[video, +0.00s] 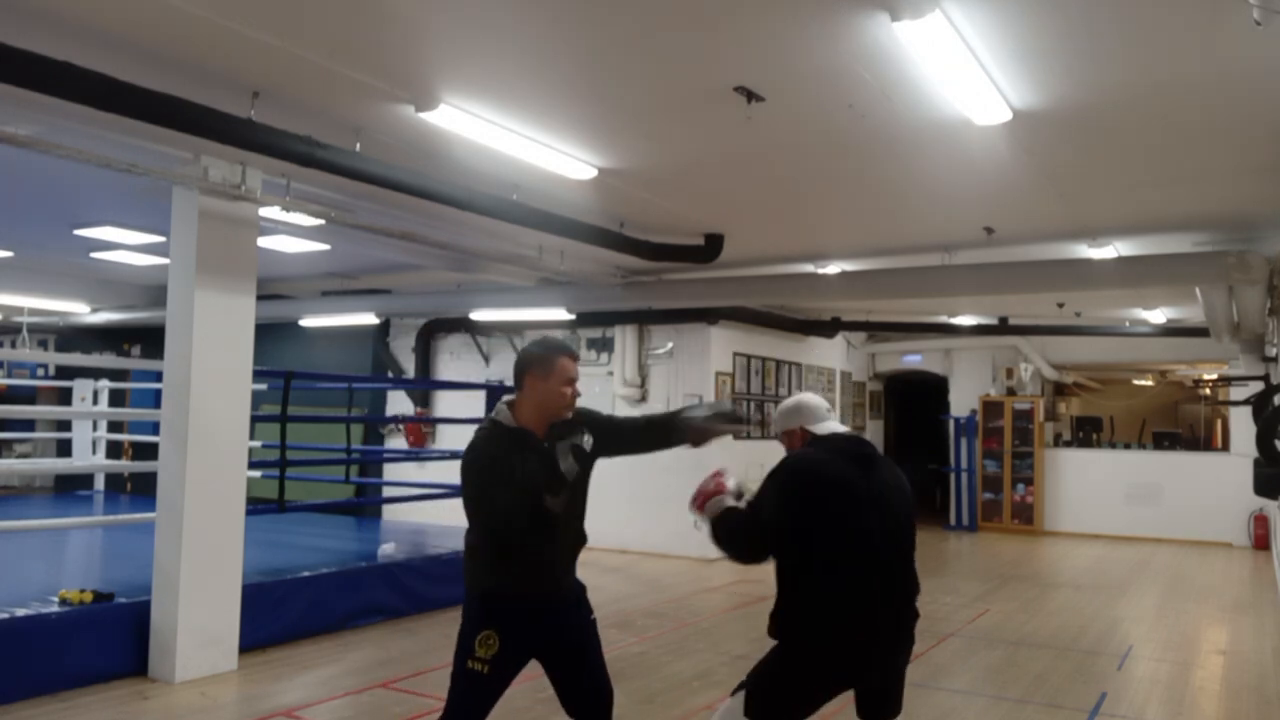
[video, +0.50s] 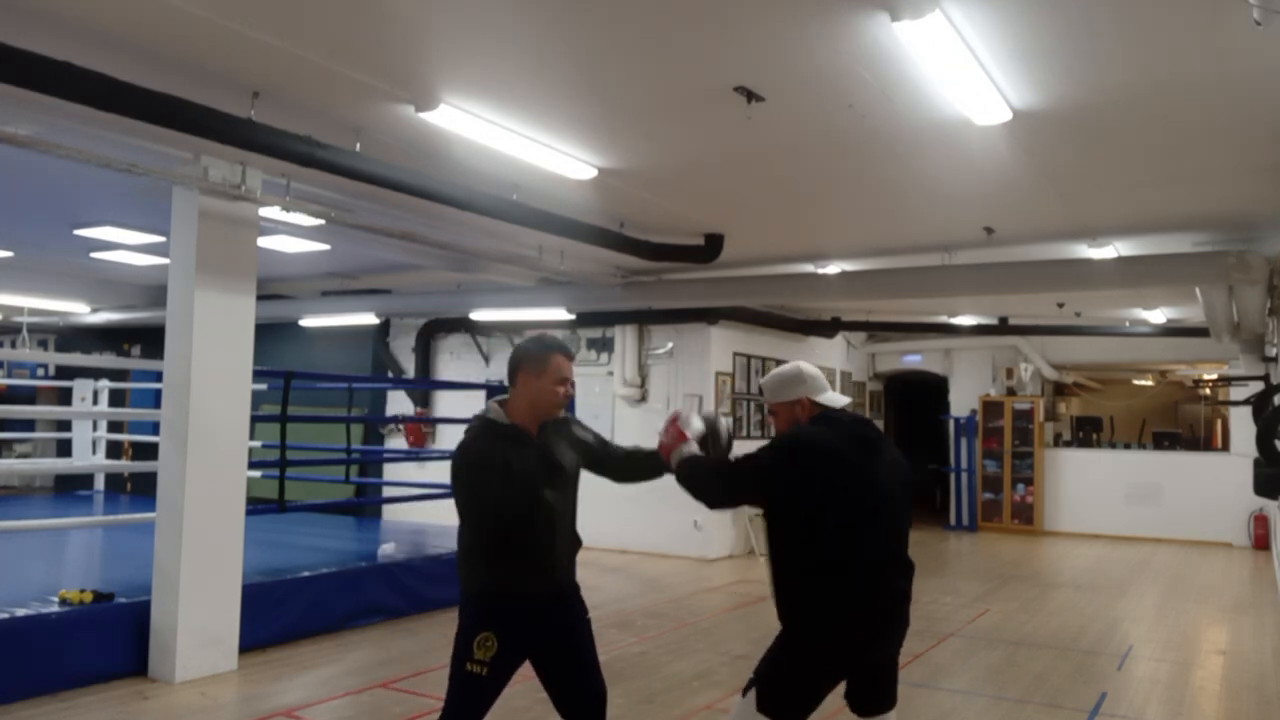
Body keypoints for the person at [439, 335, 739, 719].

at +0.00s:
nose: (575, 392)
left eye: (576, 384)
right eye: (567, 383)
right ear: (531, 382)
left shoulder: (581, 430)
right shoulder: (487, 450)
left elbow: (639, 433)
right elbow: (499, 534)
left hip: (561, 599)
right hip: (498, 604)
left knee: (595, 706)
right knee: (462, 712)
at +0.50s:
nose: (570, 393)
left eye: (571, 384)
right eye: (561, 382)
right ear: (524, 379)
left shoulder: (566, 433)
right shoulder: (479, 447)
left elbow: (616, 461)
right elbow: (483, 537)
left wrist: (663, 457)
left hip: (557, 602)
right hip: (494, 606)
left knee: (588, 707)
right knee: (461, 712)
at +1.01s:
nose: (610, 379)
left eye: (611, 370)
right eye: (601, 368)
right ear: (565, 367)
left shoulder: (608, 419)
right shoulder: (518, 435)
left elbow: (669, 409)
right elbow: (510, 517)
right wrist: (579, 499)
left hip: (583, 590)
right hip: (522, 592)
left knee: (602, 708)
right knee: (481, 709)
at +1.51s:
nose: (560, 390)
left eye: (561, 381)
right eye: (553, 380)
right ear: (517, 374)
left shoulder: (555, 426)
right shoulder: (468, 440)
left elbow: (605, 454)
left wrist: (663, 455)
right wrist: (544, 469)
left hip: (540, 590)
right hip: (481, 594)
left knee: (561, 696)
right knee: (459, 708)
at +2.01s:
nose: (527, 391)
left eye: (529, 383)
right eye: (520, 381)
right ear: (486, 377)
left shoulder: (503, 432)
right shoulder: (448, 435)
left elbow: (534, 485)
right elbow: (453, 535)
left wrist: (554, 438)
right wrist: (538, 532)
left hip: (492, 592)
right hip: (436, 595)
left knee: (526, 700)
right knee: (396, 708)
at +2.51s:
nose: (490, 391)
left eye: (493, 381)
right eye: (480, 382)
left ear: (495, 381)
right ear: (443, 380)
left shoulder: (503, 421)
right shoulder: (405, 448)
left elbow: (556, 434)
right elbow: (397, 530)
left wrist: (614, 432)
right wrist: (453, 495)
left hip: (495, 593)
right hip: (428, 596)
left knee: (524, 709)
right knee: (390, 708)